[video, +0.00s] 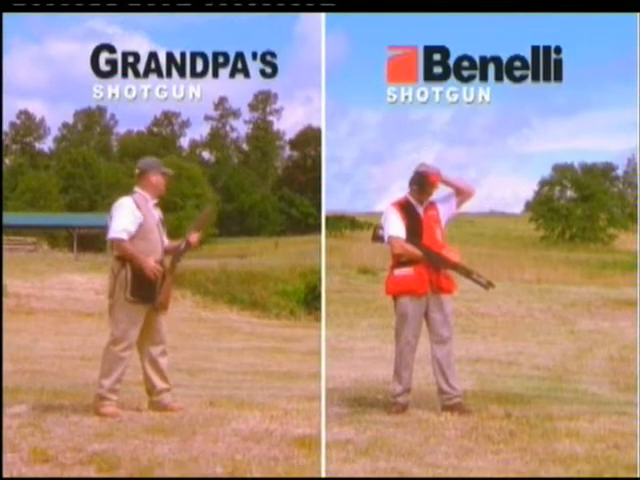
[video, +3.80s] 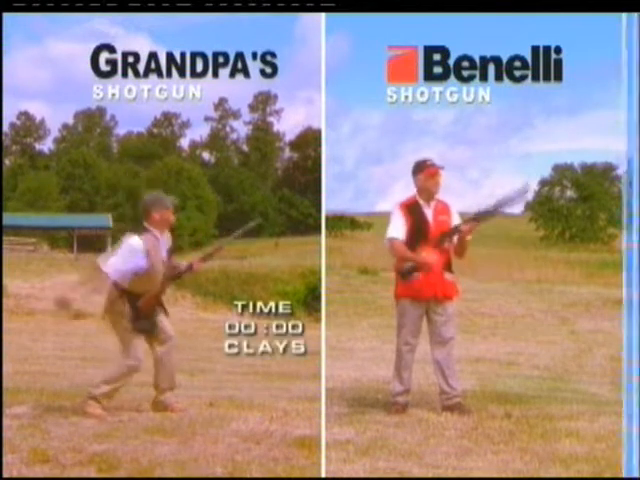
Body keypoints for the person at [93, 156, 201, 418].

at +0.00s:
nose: (165, 183)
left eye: (165, 178)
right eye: (160, 176)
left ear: (153, 180)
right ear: (146, 178)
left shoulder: (154, 211)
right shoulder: (127, 205)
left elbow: (160, 246)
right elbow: (117, 241)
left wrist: (185, 244)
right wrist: (143, 261)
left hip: (152, 276)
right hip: (129, 276)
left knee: (155, 341)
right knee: (122, 340)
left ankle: (160, 396)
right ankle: (106, 398)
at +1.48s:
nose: (126, 181)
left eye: (130, 176)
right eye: (121, 176)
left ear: (136, 179)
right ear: (112, 179)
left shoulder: (142, 208)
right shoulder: (102, 210)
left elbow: (148, 241)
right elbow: (94, 245)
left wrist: (170, 240)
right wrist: (129, 251)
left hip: (141, 284)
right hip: (115, 282)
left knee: (149, 341)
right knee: (113, 341)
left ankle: (158, 396)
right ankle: (102, 399)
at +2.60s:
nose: (153, 180)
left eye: (154, 176)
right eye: (147, 176)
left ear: (154, 180)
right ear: (132, 179)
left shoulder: (156, 208)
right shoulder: (121, 208)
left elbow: (165, 243)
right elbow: (127, 242)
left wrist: (184, 235)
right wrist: (163, 228)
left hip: (153, 272)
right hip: (127, 272)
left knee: (156, 341)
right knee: (119, 339)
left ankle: (161, 396)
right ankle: (102, 398)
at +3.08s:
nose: (154, 189)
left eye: (154, 184)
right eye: (149, 184)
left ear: (144, 188)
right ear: (132, 187)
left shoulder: (151, 215)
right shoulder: (120, 217)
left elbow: (163, 247)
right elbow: (127, 256)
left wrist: (184, 242)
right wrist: (159, 270)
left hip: (145, 280)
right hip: (122, 282)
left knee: (158, 340)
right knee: (121, 342)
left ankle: (162, 396)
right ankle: (93, 399)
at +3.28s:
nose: (152, 190)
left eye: (151, 185)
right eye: (146, 185)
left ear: (140, 190)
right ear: (131, 189)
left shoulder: (149, 216)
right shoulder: (116, 221)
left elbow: (159, 249)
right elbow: (113, 262)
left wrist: (180, 246)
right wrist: (125, 293)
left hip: (146, 281)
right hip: (122, 283)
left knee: (160, 339)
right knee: (121, 343)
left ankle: (163, 396)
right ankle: (92, 399)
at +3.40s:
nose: (152, 188)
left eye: (151, 183)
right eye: (146, 183)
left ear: (143, 188)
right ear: (130, 188)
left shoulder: (150, 214)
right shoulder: (115, 218)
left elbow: (158, 247)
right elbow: (98, 257)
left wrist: (179, 245)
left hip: (146, 279)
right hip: (120, 281)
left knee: (159, 339)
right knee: (119, 343)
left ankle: (162, 397)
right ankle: (92, 399)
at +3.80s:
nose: (173, 217)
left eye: (172, 211)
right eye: (169, 212)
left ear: (158, 216)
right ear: (154, 215)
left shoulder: (164, 239)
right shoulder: (136, 244)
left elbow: (161, 271)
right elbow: (110, 276)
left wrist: (186, 268)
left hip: (145, 296)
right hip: (122, 298)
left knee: (166, 341)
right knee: (134, 359)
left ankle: (163, 396)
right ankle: (94, 398)